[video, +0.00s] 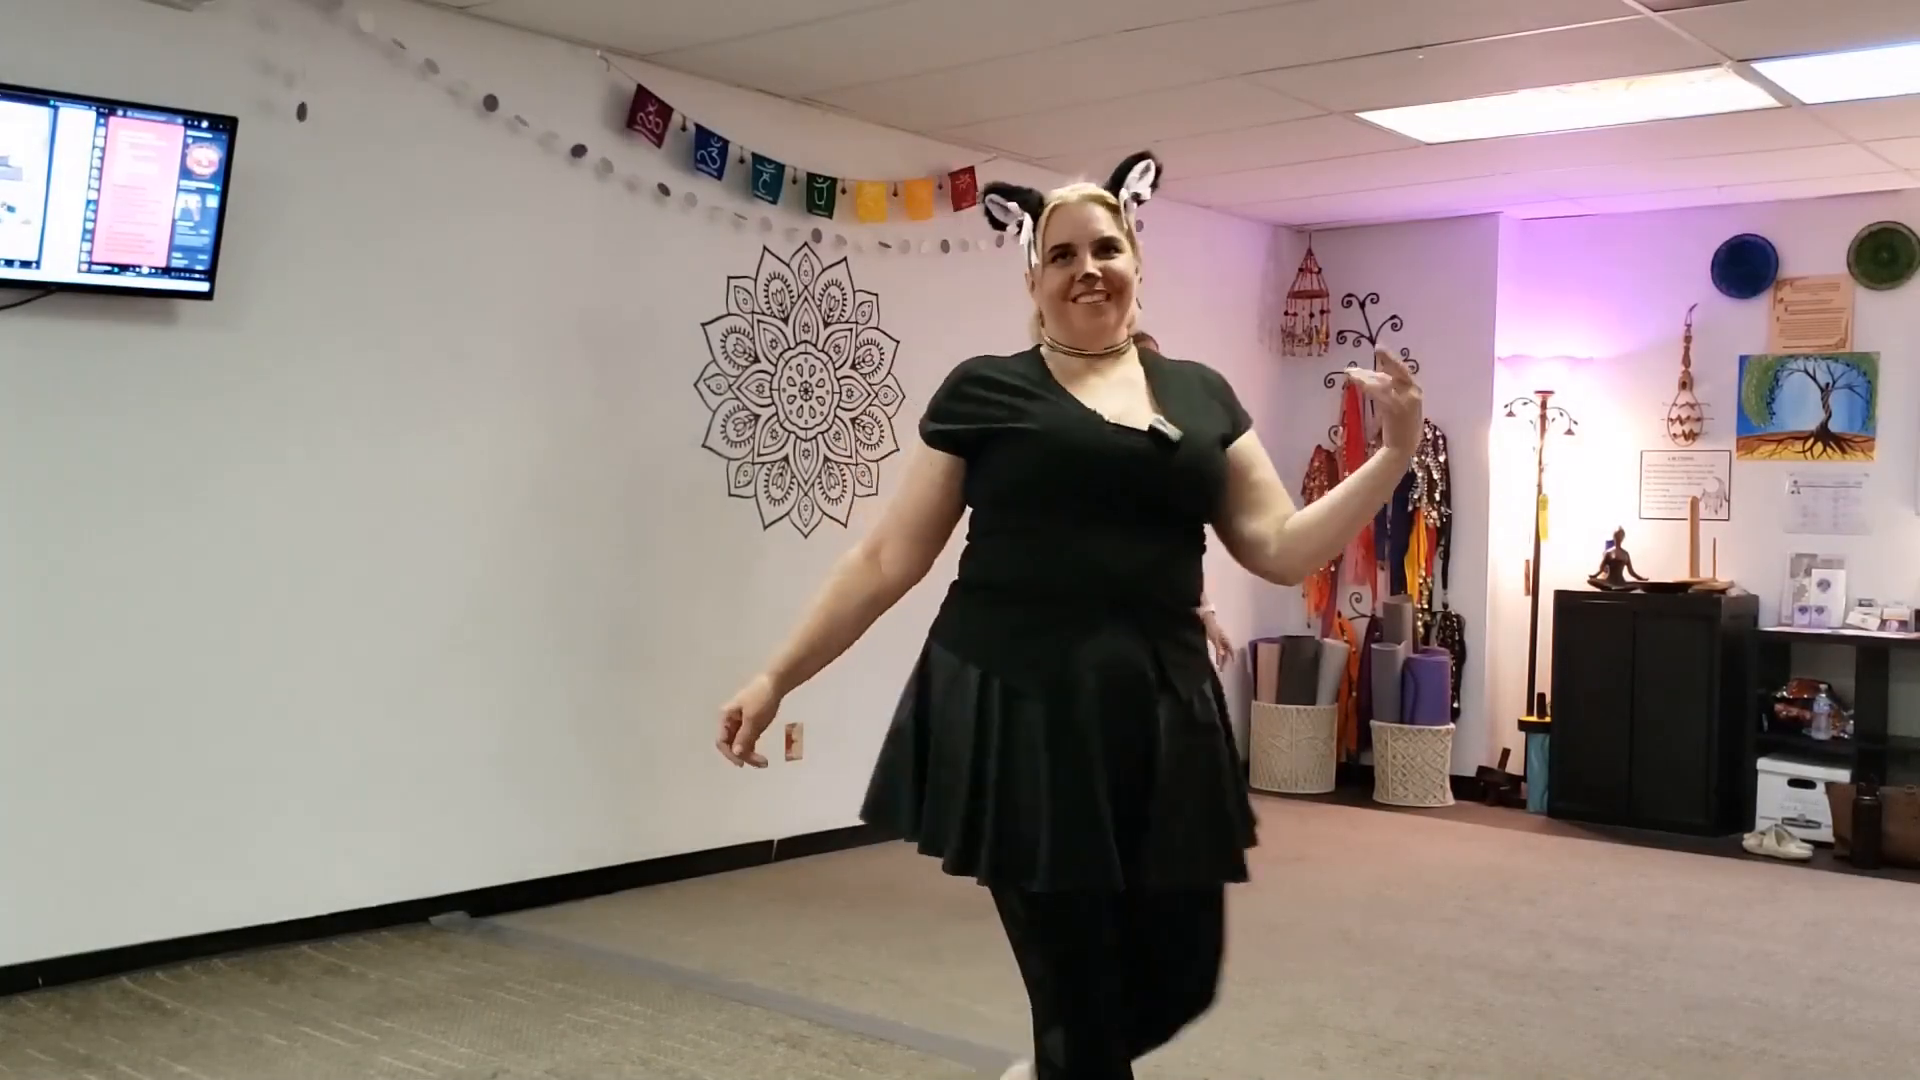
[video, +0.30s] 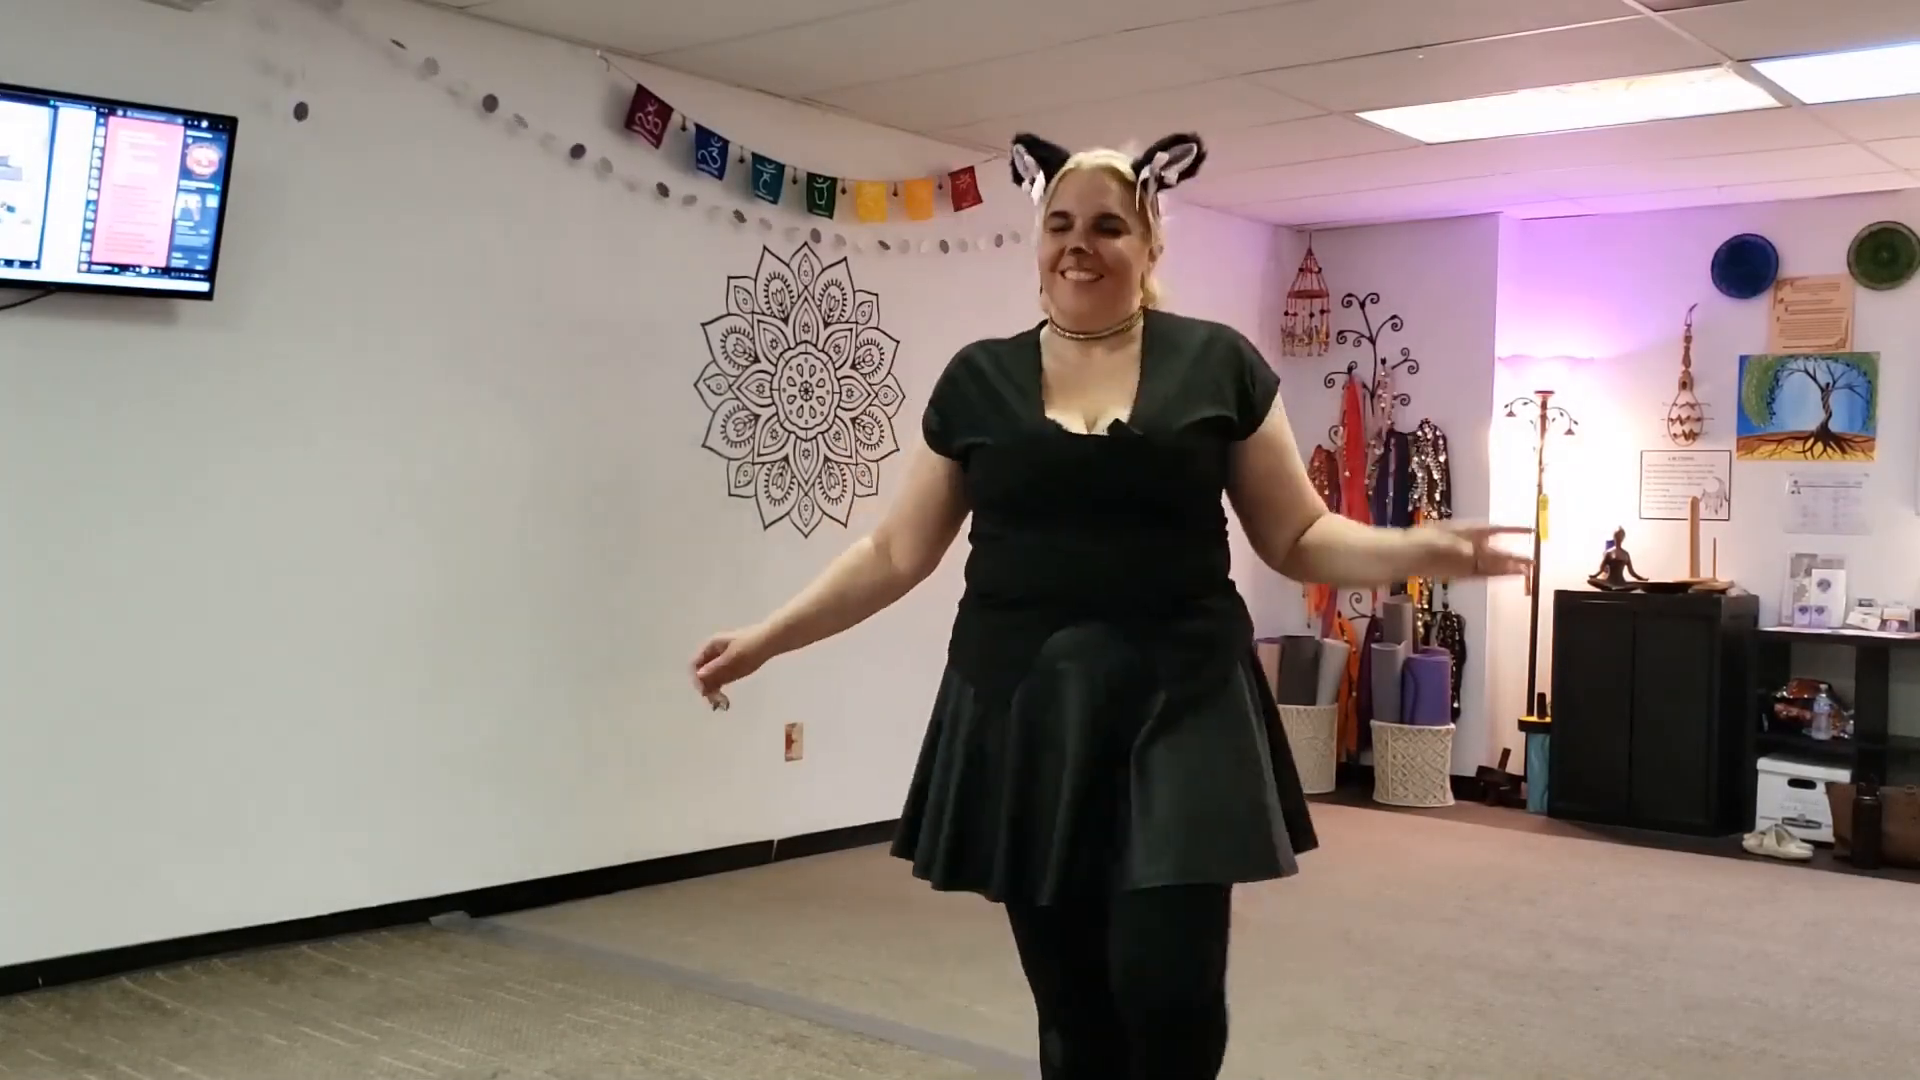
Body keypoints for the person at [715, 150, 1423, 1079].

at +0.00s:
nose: (1088, 268)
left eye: (1106, 248)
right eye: (1063, 254)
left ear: (1138, 267)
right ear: (1032, 282)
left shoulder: (1197, 397)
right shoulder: (988, 393)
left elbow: (1281, 551)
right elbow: (886, 557)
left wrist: (1395, 457)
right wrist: (773, 680)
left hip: (1159, 717)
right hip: (1012, 718)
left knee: (1180, 979)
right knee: (1079, 1006)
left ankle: (1054, 1063)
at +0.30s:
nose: (1081, 243)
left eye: (1108, 227)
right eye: (1061, 225)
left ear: (1150, 253)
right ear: (1037, 249)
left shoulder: (1214, 364)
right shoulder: (983, 377)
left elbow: (1299, 534)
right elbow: (894, 550)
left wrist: (1424, 547)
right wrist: (766, 637)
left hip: (1180, 718)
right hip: (1024, 721)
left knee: (1168, 996)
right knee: (1073, 1008)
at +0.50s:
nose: (1054, 222)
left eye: (1086, 201)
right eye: (1042, 206)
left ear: (1148, 224)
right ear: (1029, 234)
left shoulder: (1219, 369)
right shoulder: (989, 367)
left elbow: (1286, 569)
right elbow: (918, 551)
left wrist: (1374, 699)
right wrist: (803, 641)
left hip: (1164, 749)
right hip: (1010, 748)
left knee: (1103, 1047)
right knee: (1061, 1041)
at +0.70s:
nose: (1024, 223)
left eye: (1057, 196)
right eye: (1018, 203)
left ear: (1141, 215)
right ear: (1013, 223)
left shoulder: (1211, 373)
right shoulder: (982, 363)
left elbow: (1261, 605)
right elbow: (914, 557)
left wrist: (1319, 785)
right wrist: (800, 667)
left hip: (1136, 761)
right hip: (975, 758)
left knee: (1076, 1051)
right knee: (1046, 1049)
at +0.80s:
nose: (1002, 218)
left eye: (1033, 191)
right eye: (998, 198)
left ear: (1126, 204)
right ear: (1001, 217)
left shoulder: (1205, 371)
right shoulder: (972, 354)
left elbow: (1247, 609)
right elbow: (908, 552)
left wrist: (1327, 793)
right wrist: (794, 676)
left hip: (1110, 785)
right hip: (949, 774)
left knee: (1072, 1058)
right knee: (1004, 1053)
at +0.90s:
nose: (979, 217)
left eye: (1008, 192)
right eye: (975, 199)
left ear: (1102, 200)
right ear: (973, 216)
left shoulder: (1181, 365)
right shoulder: (962, 356)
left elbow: (1233, 605)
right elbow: (912, 561)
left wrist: (1335, 783)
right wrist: (804, 685)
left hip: (1082, 771)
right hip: (921, 764)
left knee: (1061, 1057)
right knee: (944, 1056)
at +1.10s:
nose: (905, 233)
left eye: (925, 201)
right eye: (907, 207)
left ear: (1014, 201)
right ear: (1007, 206)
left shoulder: (1115, 346)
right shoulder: (961, 349)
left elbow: (1095, 546)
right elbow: (915, 553)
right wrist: (857, 710)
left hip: (1040, 729)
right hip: (892, 723)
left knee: (1039, 1057)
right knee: (790, 1052)